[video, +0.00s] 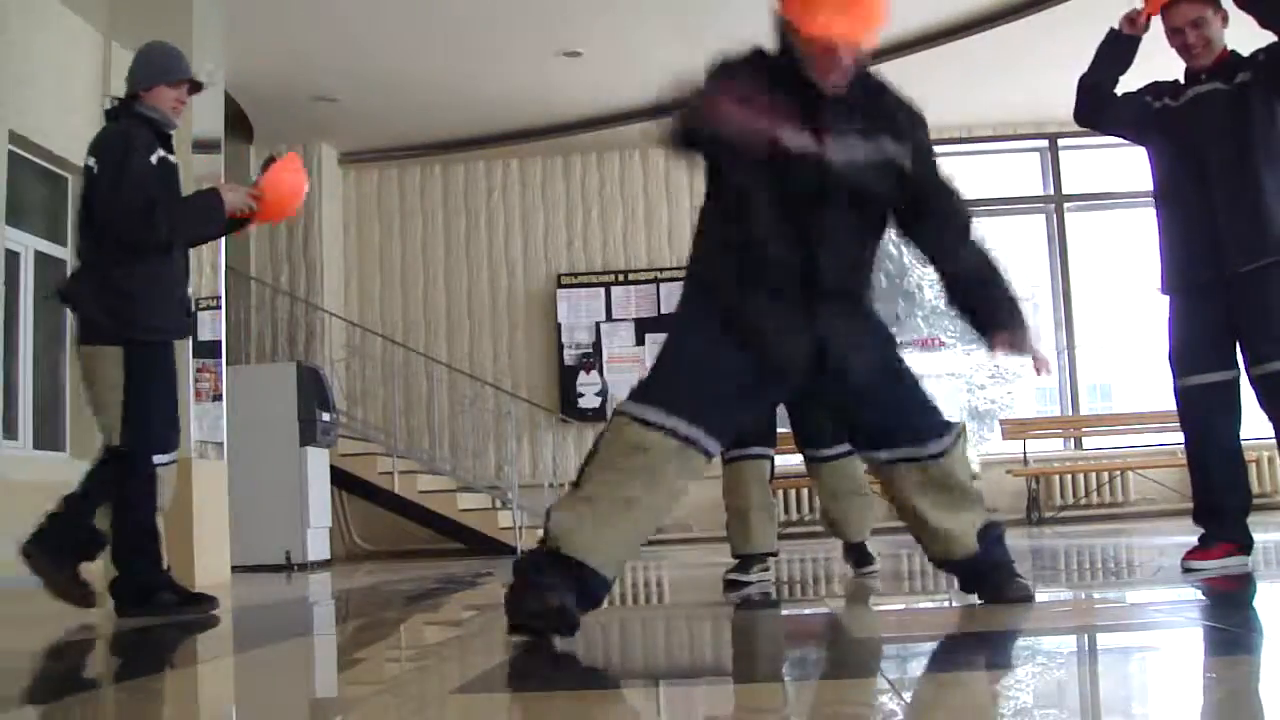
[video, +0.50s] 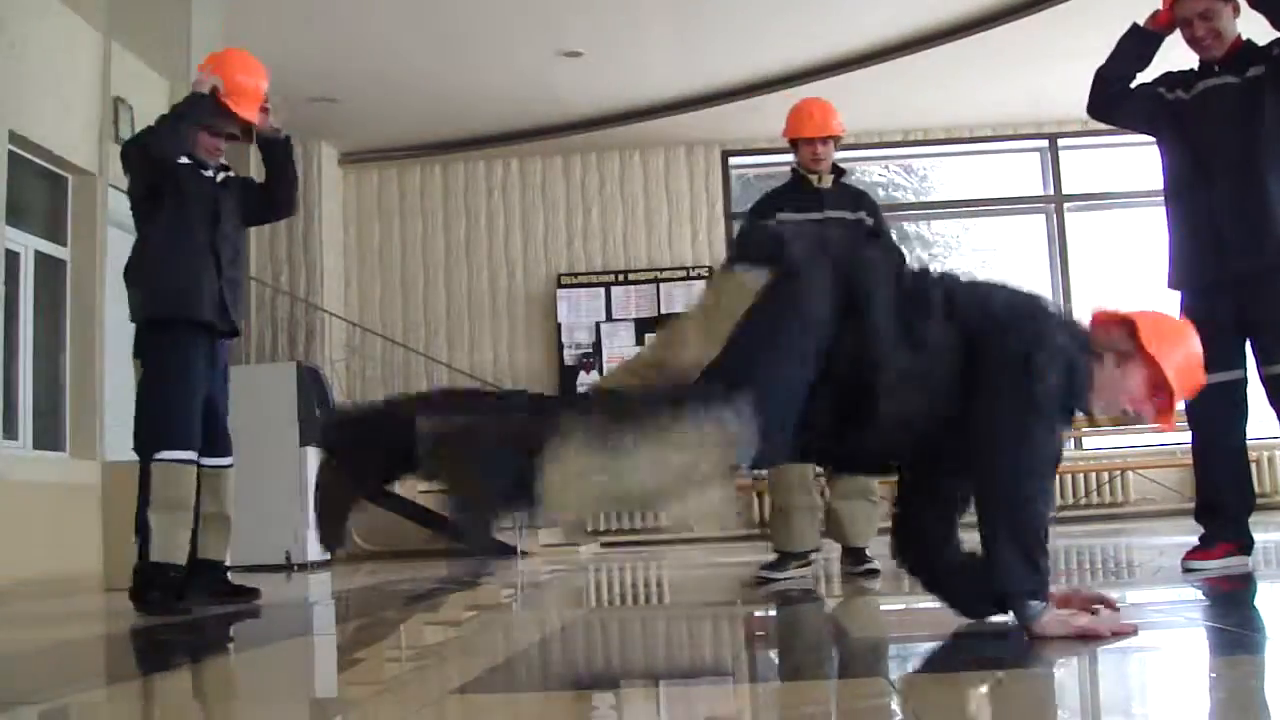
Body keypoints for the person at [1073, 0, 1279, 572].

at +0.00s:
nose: (1188, 38)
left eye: (1197, 24)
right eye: (1176, 31)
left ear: (1223, 21)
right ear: (1167, 39)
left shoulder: (1265, 76)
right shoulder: (1158, 104)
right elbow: (1090, 109)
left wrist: (1246, 3)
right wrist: (1125, 34)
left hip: (1266, 273)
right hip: (1195, 285)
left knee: (1278, 400)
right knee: (1205, 415)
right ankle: (1226, 538)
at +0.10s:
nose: (1189, 36)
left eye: (1198, 22)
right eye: (1177, 29)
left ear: (1225, 18)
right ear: (1168, 38)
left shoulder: (1266, 74)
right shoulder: (1162, 102)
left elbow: (1279, 33)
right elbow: (1094, 109)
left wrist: (1248, 4)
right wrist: (1135, 32)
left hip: (1267, 273)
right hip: (1198, 284)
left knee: (1278, 401)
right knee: (1207, 415)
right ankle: (1226, 538)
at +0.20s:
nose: (1191, 35)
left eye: (1199, 20)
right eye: (1179, 28)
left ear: (1227, 16)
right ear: (1171, 38)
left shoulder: (1266, 72)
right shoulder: (1167, 99)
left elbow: (1279, 34)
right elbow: (1098, 105)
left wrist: (1250, 4)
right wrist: (1148, 29)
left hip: (1267, 273)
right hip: (1201, 283)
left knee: (1277, 400)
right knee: (1210, 415)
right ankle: (1226, 538)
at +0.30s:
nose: (1192, 34)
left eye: (1201, 20)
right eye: (1181, 27)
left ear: (1230, 14)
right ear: (1173, 35)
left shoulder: (1268, 70)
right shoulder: (1170, 98)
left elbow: (1279, 35)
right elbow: (1100, 104)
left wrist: (1252, 4)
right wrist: (1151, 30)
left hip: (1268, 272)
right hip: (1202, 282)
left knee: (1279, 399)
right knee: (1211, 414)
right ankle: (1226, 538)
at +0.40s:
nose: (1195, 33)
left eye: (1205, 18)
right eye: (1184, 25)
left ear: (1233, 13)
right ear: (1175, 30)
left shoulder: (1268, 69)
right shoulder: (1171, 96)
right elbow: (1102, 103)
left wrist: (1256, 5)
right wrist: (1152, 28)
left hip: (1270, 273)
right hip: (1205, 279)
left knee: (1279, 398)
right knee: (1212, 414)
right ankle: (1227, 537)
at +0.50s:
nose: (1196, 32)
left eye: (1205, 17)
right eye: (1185, 24)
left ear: (1234, 12)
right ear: (1178, 29)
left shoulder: (1269, 68)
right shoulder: (1172, 94)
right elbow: (1103, 101)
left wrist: (1258, 6)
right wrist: (1154, 27)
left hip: (1269, 273)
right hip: (1206, 281)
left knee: (1277, 399)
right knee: (1215, 416)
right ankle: (1226, 537)